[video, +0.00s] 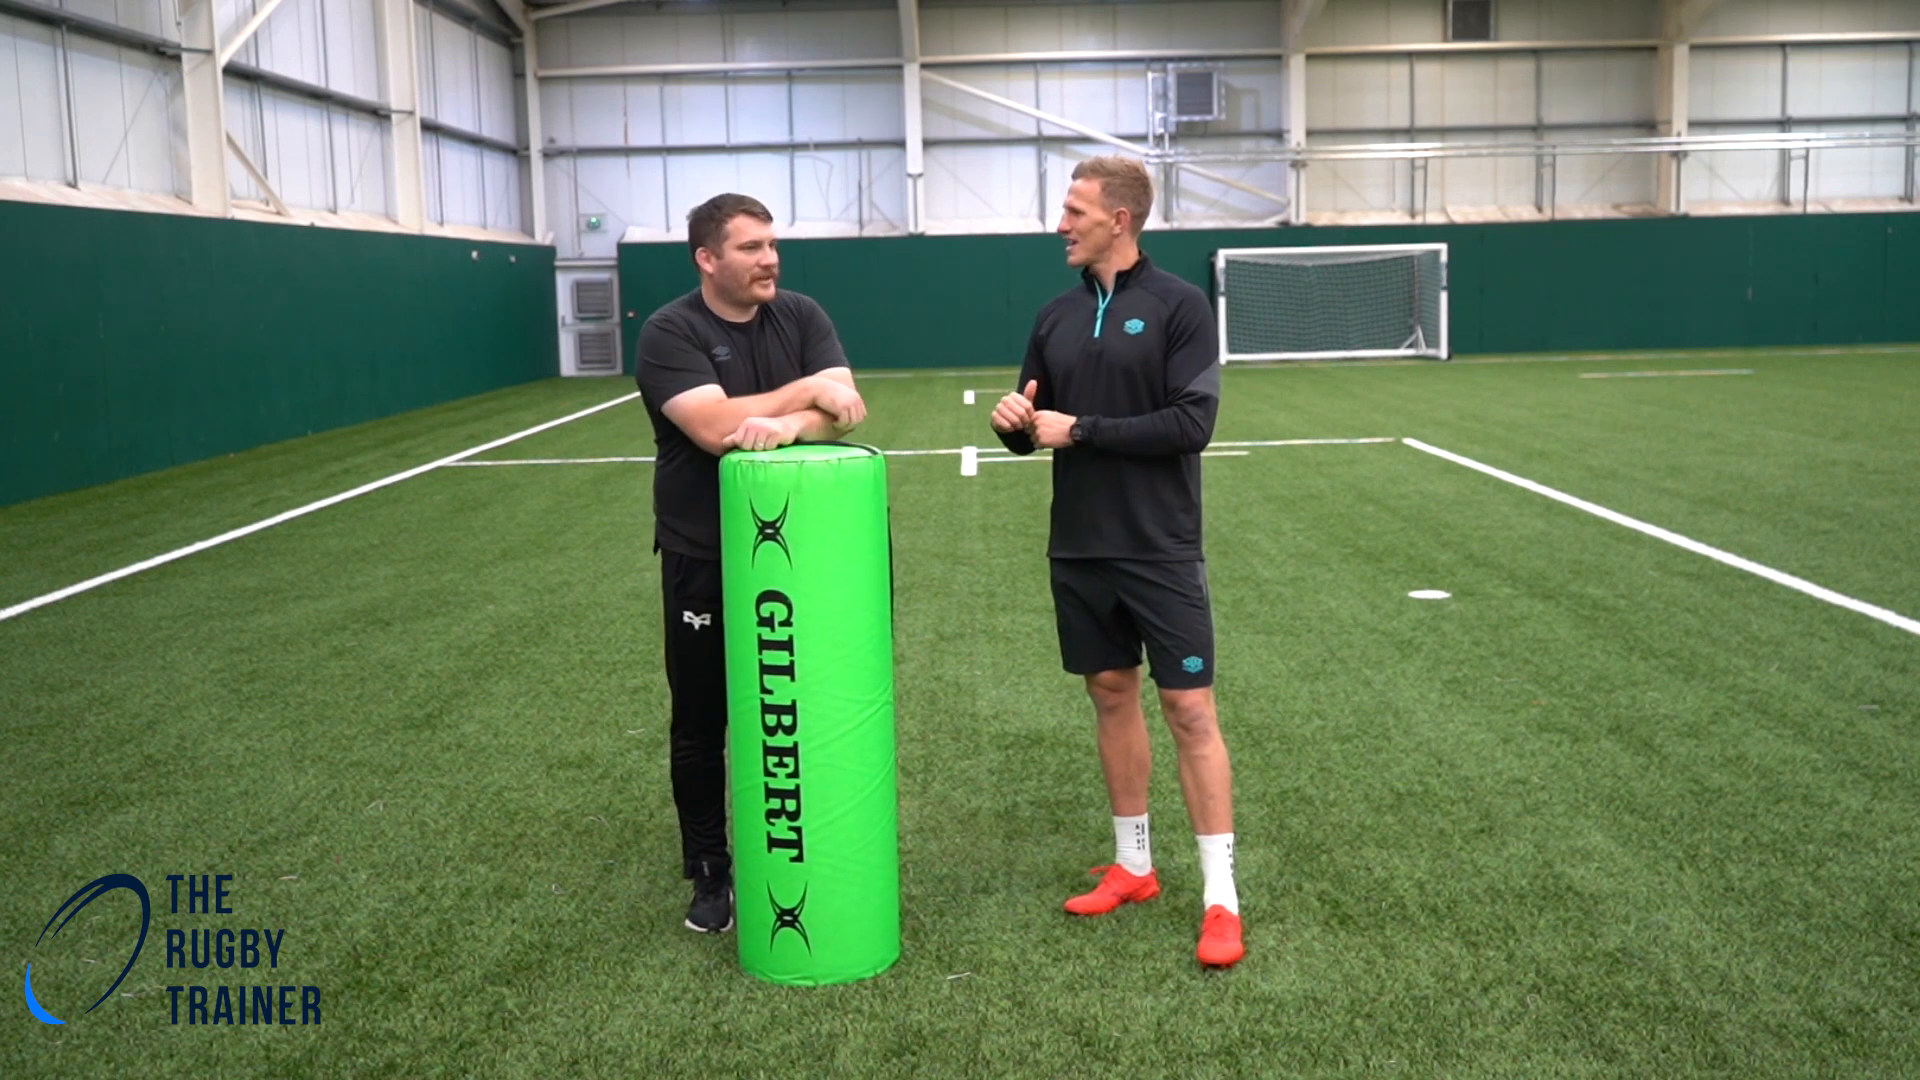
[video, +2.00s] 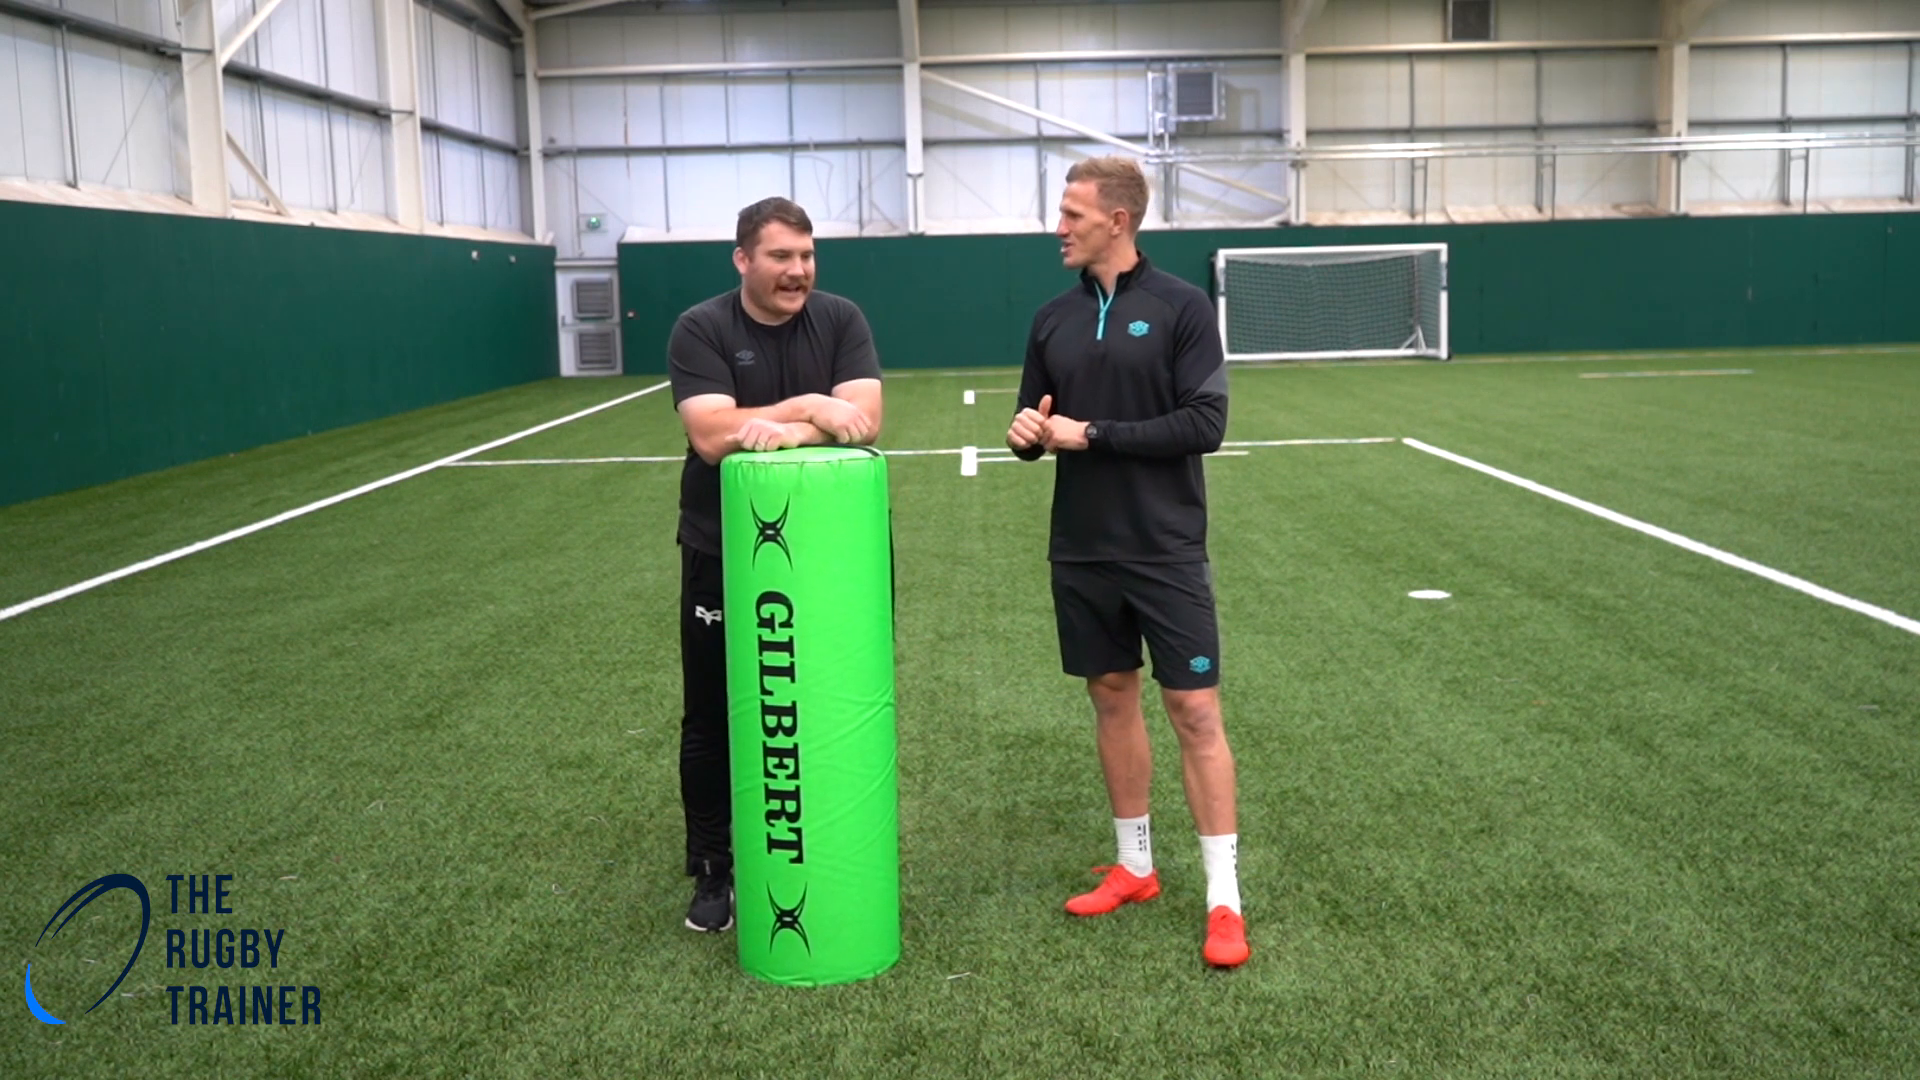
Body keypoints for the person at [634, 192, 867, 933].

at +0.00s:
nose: (769, 259)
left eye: (772, 245)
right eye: (752, 248)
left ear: (774, 250)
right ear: (706, 258)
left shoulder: (801, 316)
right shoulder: (668, 333)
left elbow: (842, 408)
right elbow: (717, 429)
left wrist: (775, 425)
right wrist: (814, 399)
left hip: (796, 555)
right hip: (702, 557)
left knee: (799, 711)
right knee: (703, 720)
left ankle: (805, 864)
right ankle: (711, 870)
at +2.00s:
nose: (797, 270)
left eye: (806, 256)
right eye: (781, 257)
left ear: (815, 257)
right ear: (742, 260)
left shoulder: (840, 319)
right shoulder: (702, 328)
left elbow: (864, 422)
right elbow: (708, 436)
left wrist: (775, 422)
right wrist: (813, 408)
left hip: (821, 553)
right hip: (722, 553)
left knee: (820, 712)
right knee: (714, 715)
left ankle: (824, 871)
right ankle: (715, 873)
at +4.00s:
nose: (784, 262)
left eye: (784, 248)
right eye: (768, 253)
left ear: (782, 250)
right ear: (719, 266)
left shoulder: (809, 313)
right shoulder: (676, 337)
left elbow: (847, 414)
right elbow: (705, 442)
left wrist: (770, 429)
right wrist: (808, 406)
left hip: (806, 557)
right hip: (713, 560)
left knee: (809, 711)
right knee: (709, 719)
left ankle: (811, 864)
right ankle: (713, 871)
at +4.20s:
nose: (786, 261)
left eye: (785, 248)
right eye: (770, 253)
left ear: (779, 250)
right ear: (720, 266)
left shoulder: (806, 314)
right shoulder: (675, 338)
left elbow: (846, 414)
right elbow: (706, 445)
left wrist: (764, 428)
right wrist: (808, 408)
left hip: (805, 556)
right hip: (713, 560)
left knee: (807, 712)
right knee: (709, 720)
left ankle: (811, 865)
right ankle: (713, 872)